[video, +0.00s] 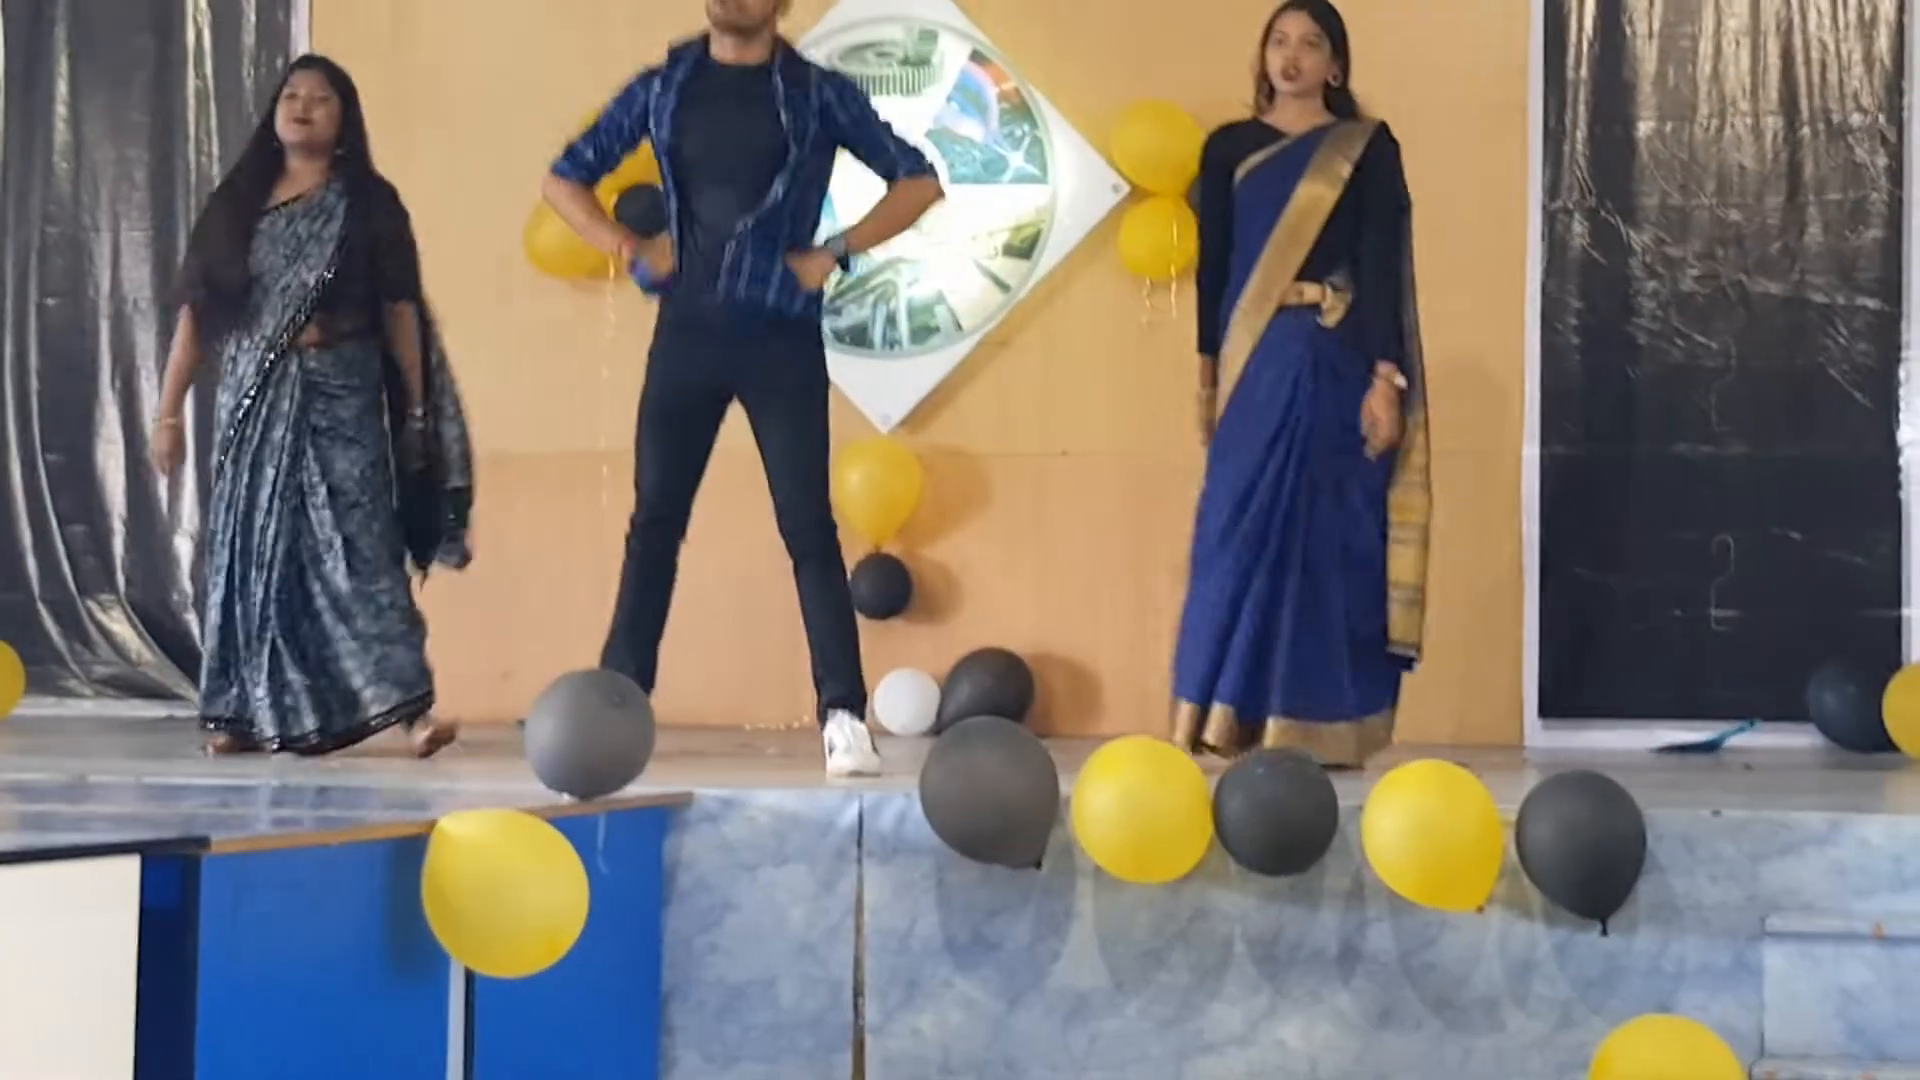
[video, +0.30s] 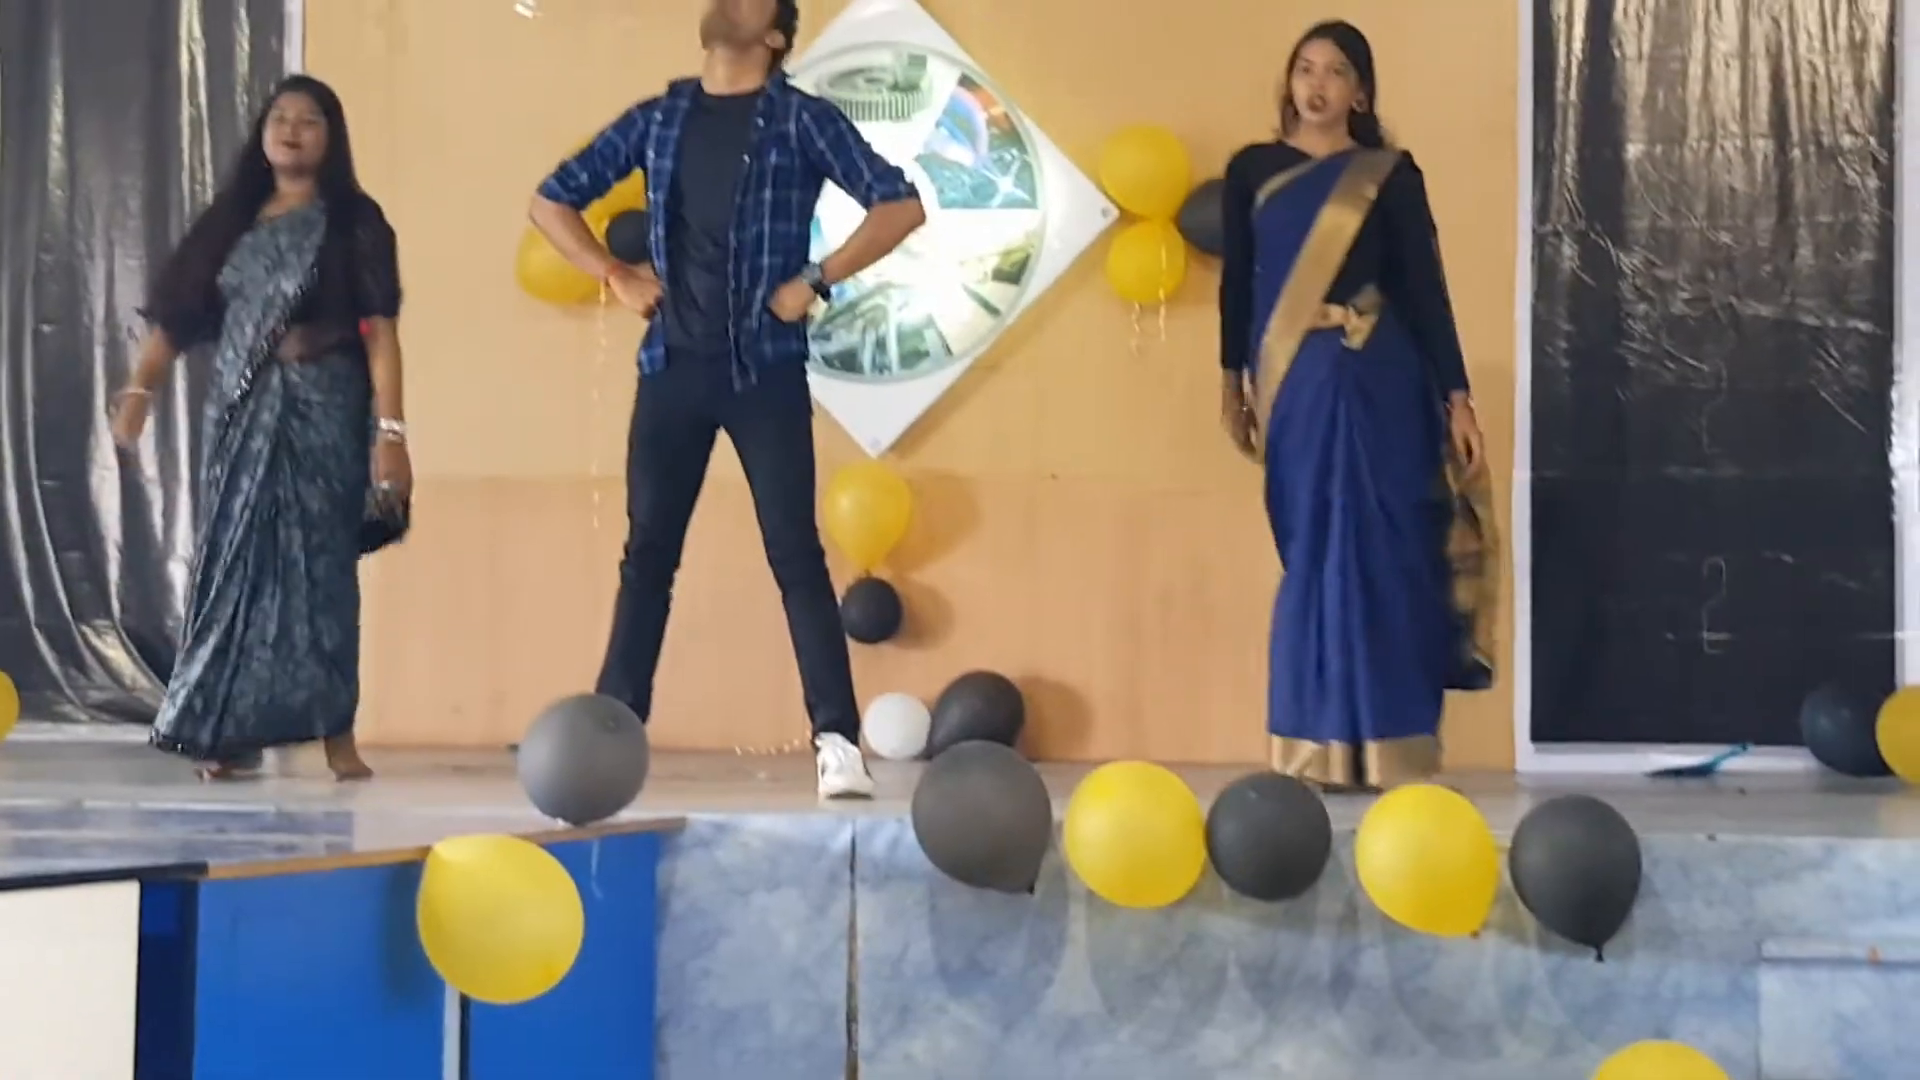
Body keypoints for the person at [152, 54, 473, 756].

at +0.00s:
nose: (302, 108)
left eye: (319, 99)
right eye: (291, 98)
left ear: (345, 116)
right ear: (272, 113)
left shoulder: (372, 200)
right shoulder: (237, 199)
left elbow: (401, 310)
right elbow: (197, 311)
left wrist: (418, 410)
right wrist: (168, 412)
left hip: (341, 396)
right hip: (253, 396)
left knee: (363, 543)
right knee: (246, 548)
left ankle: (415, 708)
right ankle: (238, 713)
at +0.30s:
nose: (292, 133)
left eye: (307, 123)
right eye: (281, 122)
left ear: (332, 137)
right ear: (261, 134)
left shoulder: (358, 220)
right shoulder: (230, 218)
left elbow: (380, 333)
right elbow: (177, 307)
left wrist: (391, 433)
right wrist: (139, 386)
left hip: (327, 415)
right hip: (242, 416)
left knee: (327, 570)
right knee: (235, 565)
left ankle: (337, 727)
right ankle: (228, 732)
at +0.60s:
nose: (297, 159)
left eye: (313, 148)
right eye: (287, 147)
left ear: (342, 159)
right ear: (272, 160)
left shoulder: (370, 241)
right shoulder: (250, 244)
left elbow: (401, 336)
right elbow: (216, 357)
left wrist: (384, 408)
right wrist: (194, 452)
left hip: (337, 437)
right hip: (255, 435)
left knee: (337, 593)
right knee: (237, 583)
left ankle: (343, 759)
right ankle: (213, 751)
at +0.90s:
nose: (284, 236)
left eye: (300, 225)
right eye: (271, 223)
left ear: (323, 237)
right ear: (254, 232)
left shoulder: (350, 314)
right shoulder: (227, 315)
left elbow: (381, 417)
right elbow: (195, 429)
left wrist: (371, 496)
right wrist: (152, 517)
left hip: (324, 504)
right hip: (246, 506)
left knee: (330, 656)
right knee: (247, 655)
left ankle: (345, 824)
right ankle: (251, 826)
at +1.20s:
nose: (326, 350)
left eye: (341, 339)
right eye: (314, 335)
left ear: (356, 346)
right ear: (288, 337)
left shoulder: (376, 415)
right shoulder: (255, 408)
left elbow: (401, 513)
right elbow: (215, 483)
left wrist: (381, 583)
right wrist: (222, 543)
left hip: (351, 605)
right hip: (271, 603)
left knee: (344, 760)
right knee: (265, 757)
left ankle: (346, 920)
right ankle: (267, 918)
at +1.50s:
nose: (467, 414)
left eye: (482, 404)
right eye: (456, 400)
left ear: (502, 415)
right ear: (434, 404)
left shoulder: (515, 493)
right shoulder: (392, 471)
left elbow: (526, 579)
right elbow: (328, 538)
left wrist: (509, 636)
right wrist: (355, 583)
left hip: (470, 672)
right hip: (388, 668)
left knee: (480, 811)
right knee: (385, 809)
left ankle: (506, 969)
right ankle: (378, 963)